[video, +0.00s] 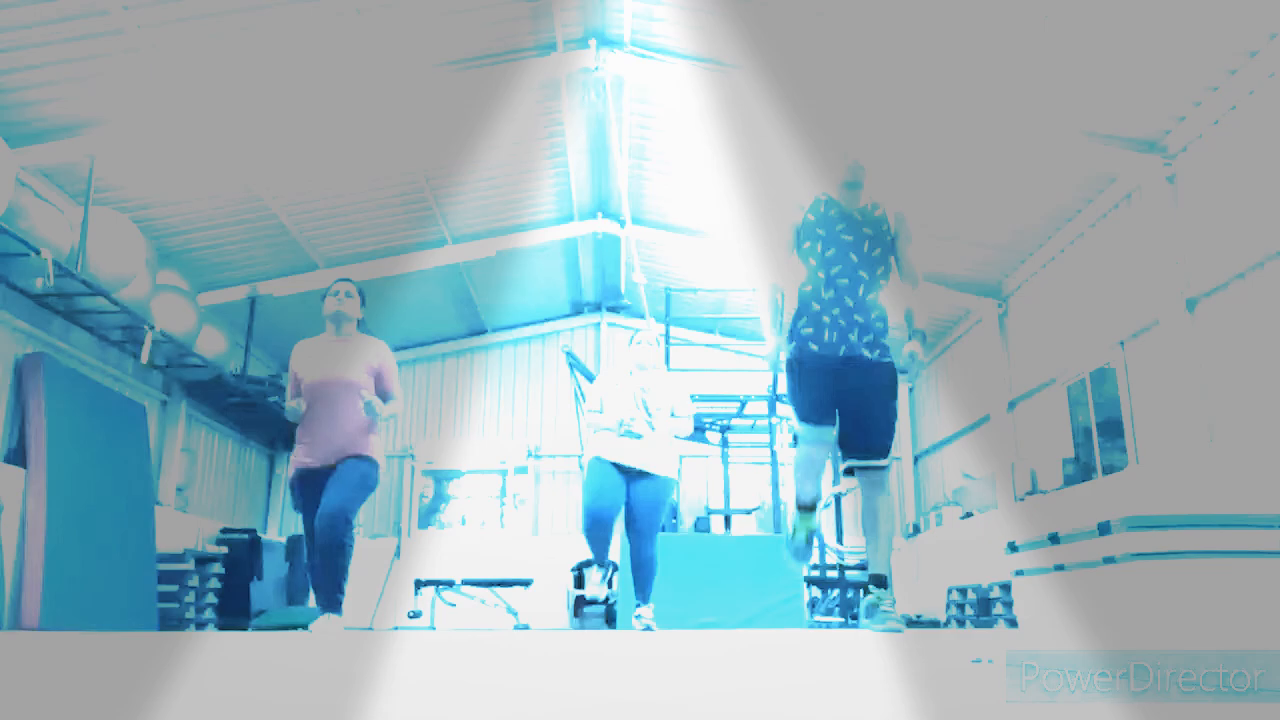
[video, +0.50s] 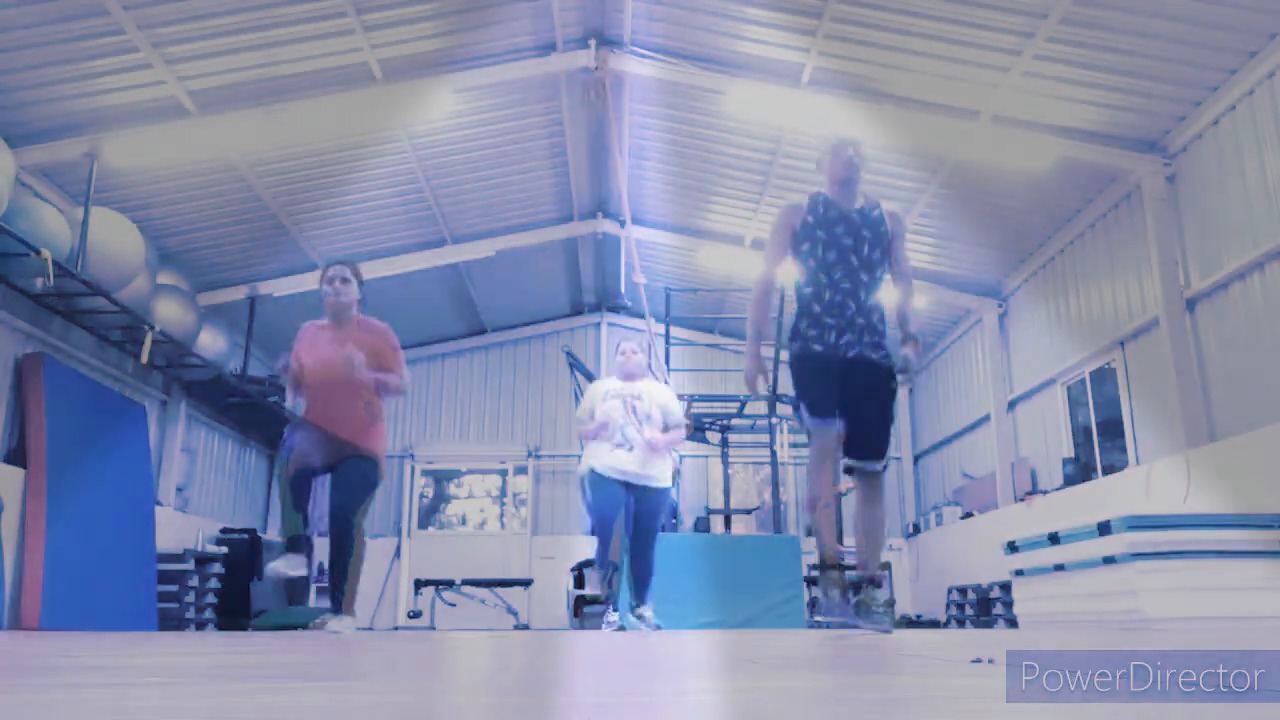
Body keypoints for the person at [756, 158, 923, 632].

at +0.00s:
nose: (852, 171)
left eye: (858, 165)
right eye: (842, 164)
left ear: (868, 177)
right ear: (826, 171)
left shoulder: (883, 222)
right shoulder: (808, 215)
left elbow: (905, 281)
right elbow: (783, 276)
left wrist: (913, 331)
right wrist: (775, 339)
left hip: (872, 354)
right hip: (813, 349)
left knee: (874, 476)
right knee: (815, 438)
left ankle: (878, 593)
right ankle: (805, 517)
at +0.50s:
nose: (848, 158)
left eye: (854, 153)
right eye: (839, 153)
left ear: (864, 168)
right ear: (822, 166)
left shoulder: (886, 218)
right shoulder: (798, 213)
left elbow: (903, 283)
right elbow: (766, 282)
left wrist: (907, 332)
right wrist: (755, 351)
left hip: (872, 350)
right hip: (815, 345)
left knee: (870, 474)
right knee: (825, 444)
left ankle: (871, 586)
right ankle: (830, 577)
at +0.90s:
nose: (830, 158)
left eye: (837, 152)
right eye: (821, 153)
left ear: (846, 164)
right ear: (805, 165)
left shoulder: (870, 216)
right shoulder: (783, 214)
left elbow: (891, 282)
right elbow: (761, 283)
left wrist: (905, 332)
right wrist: (767, 351)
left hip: (870, 352)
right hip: (811, 354)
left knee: (889, 456)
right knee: (824, 470)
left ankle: (857, 523)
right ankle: (837, 590)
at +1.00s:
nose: (828, 176)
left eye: (834, 170)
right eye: (820, 170)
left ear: (843, 180)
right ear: (807, 181)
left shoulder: (865, 235)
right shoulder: (787, 232)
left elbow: (884, 302)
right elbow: (769, 301)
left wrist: (911, 356)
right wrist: (775, 364)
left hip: (870, 364)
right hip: (814, 369)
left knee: (897, 430)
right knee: (829, 484)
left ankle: (858, 476)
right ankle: (836, 598)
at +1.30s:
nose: (840, 168)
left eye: (847, 162)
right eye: (833, 161)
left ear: (855, 174)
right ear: (817, 171)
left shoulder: (875, 229)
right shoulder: (792, 222)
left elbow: (895, 294)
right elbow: (766, 286)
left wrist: (911, 350)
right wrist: (784, 339)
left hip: (872, 353)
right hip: (813, 355)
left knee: (893, 431)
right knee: (820, 477)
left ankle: (882, 545)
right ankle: (831, 593)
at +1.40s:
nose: (846, 171)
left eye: (852, 165)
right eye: (837, 164)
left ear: (861, 177)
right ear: (822, 174)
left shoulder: (879, 229)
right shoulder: (799, 223)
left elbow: (901, 291)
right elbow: (766, 285)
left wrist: (909, 347)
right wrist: (784, 335)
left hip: (877, 361)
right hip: (816, 362)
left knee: (890, 466)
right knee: (814, 483)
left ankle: (895, 587)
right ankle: (811, 594)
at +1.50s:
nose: (853, 203)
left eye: (860, 197)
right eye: (846, 196)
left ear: (868, 204)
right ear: (831, 201)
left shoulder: (885, 262)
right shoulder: (804, 255)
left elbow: (905, 328)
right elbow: (773, 322)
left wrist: (919, 380)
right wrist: (791, 364)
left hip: (881, 388)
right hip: (822, 389)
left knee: (900, 486)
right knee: (814, 501)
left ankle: (890, 603)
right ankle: (795, 600)